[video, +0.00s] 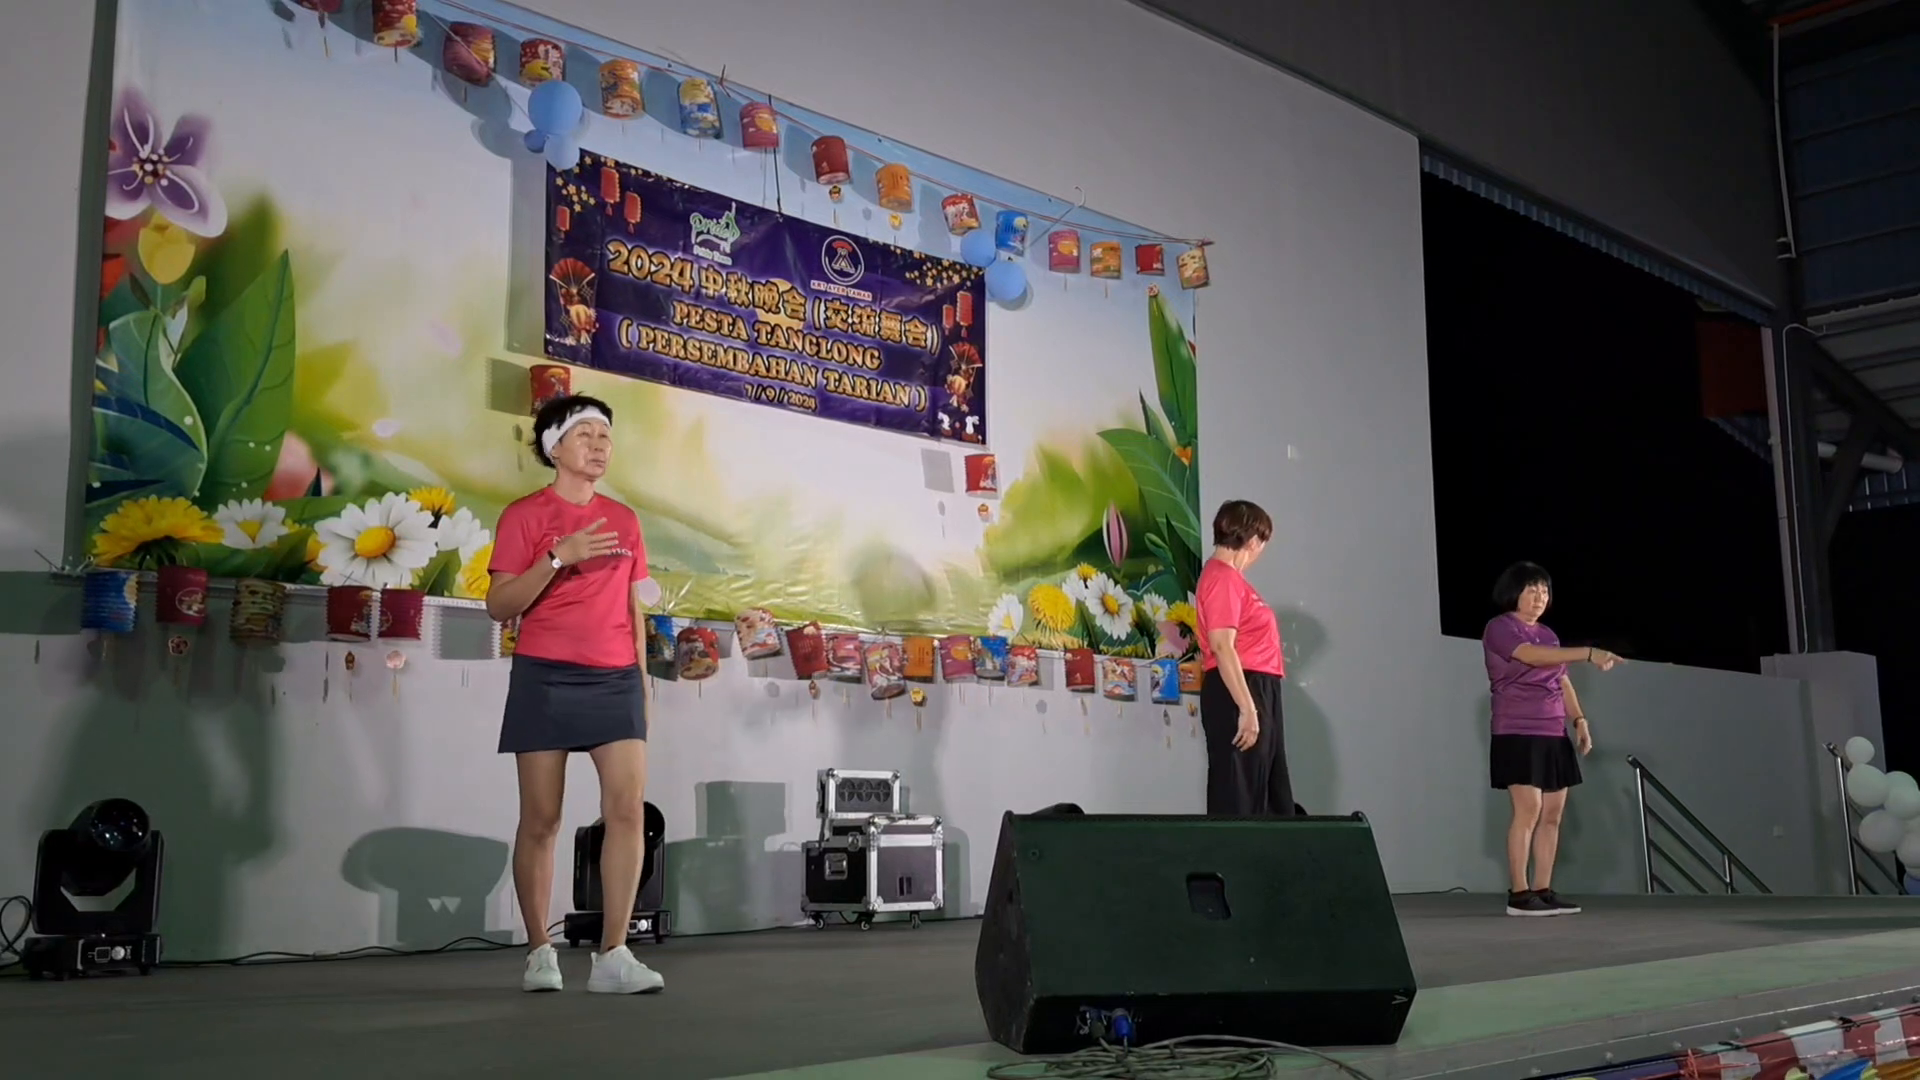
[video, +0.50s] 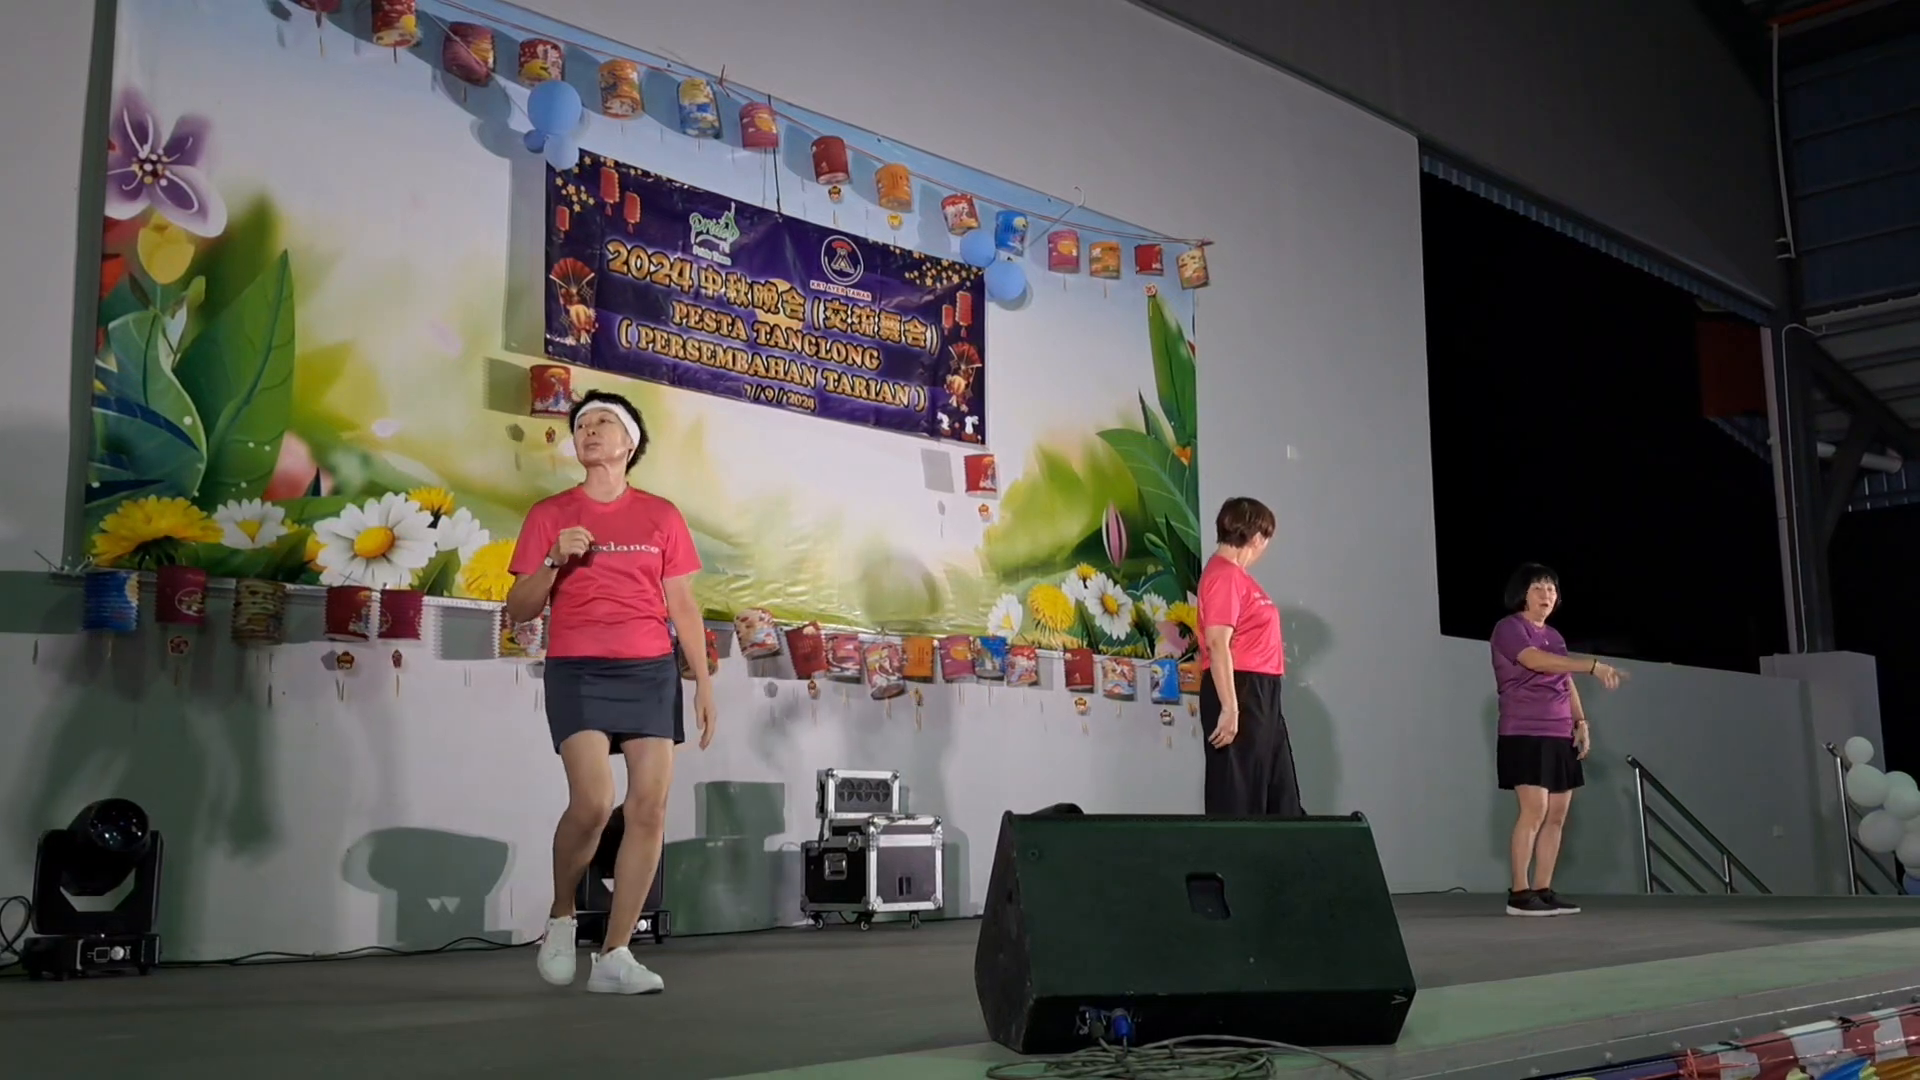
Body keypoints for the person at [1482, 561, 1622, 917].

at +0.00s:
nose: (1539, 599)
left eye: (1544, 593)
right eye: (1532, 591)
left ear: (1549, 599)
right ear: (1513, 593)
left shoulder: (1548, 636)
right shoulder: (1499, 628)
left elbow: (1562, 682)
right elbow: (1530, 655)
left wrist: (1579, 719)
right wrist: (1588, 653)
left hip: (1555, 737)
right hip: (1518, 737)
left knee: (1552, 814)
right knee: (1527, 810)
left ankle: (1542, 891)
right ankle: (1519, 894)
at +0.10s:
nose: (1543, 599)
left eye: (1547, 593)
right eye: (1536, 591)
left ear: (1551, 599)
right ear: (1517, 592)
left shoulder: (1548, 636)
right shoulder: (1501, 628)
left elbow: (1564, 682)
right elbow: (1534, 655)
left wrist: (1578, 716)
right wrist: (1592, 650)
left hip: (1557, 738)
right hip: (1520, 737)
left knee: (1553, 815)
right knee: (1529, 811)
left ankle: (1541, 891)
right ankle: (1519, 894)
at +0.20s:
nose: (1546, 599)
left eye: (1550, 593)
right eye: (1539, 592)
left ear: (1553, 598)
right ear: (1520, 593)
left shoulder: (1550, 636)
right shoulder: (1503, 628)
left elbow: (1563, 680)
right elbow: (1535, 656)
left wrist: (1577, 713)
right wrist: (1594, 653)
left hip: (1558, 738)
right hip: (1522, 737)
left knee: (1554, 816)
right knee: (1531, 811)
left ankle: (1542, 891)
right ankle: (1519, 893)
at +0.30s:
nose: (1547, 599)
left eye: (1551, 593)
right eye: (1540, 592)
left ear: (1555, 599)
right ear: (1522, 593)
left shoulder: (1551, 637)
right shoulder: (1506, 628)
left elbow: (1564, 682)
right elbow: (1535, 658)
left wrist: (1577, 715)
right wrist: (1594, 659)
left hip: (1560, 738)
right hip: (1523, 737)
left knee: (1555, 815)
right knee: (1532, 810)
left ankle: (1542, 891)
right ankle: (1519, 893)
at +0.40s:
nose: (1548, 599)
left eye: (1552, 593)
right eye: (1541, 591)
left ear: (1556, 599)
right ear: (1522, 593)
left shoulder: (1552, 637)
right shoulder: (1507, 628)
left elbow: (1565, 684)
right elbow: (1535, 661)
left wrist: (1578, 718)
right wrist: (1591, 664)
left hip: (1561, 737)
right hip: (1525, 736)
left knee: (1556, 814)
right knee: (1532, 811)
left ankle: (1542, 891)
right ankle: (1519, 893)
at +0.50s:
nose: (1547, 595)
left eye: (1551, 589)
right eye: (1539, 588)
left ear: (1557, 597)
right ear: (1522, 593)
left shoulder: (1555, 638)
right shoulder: (1508, 628)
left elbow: (1568, 685)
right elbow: (1533, 660)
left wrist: (1581, 722)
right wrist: (1591, 665)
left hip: (1562, 737)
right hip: (1524, 736)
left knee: (1557, 815)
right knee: (1533, 811)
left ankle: (1542, 891)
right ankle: (1519, 893)